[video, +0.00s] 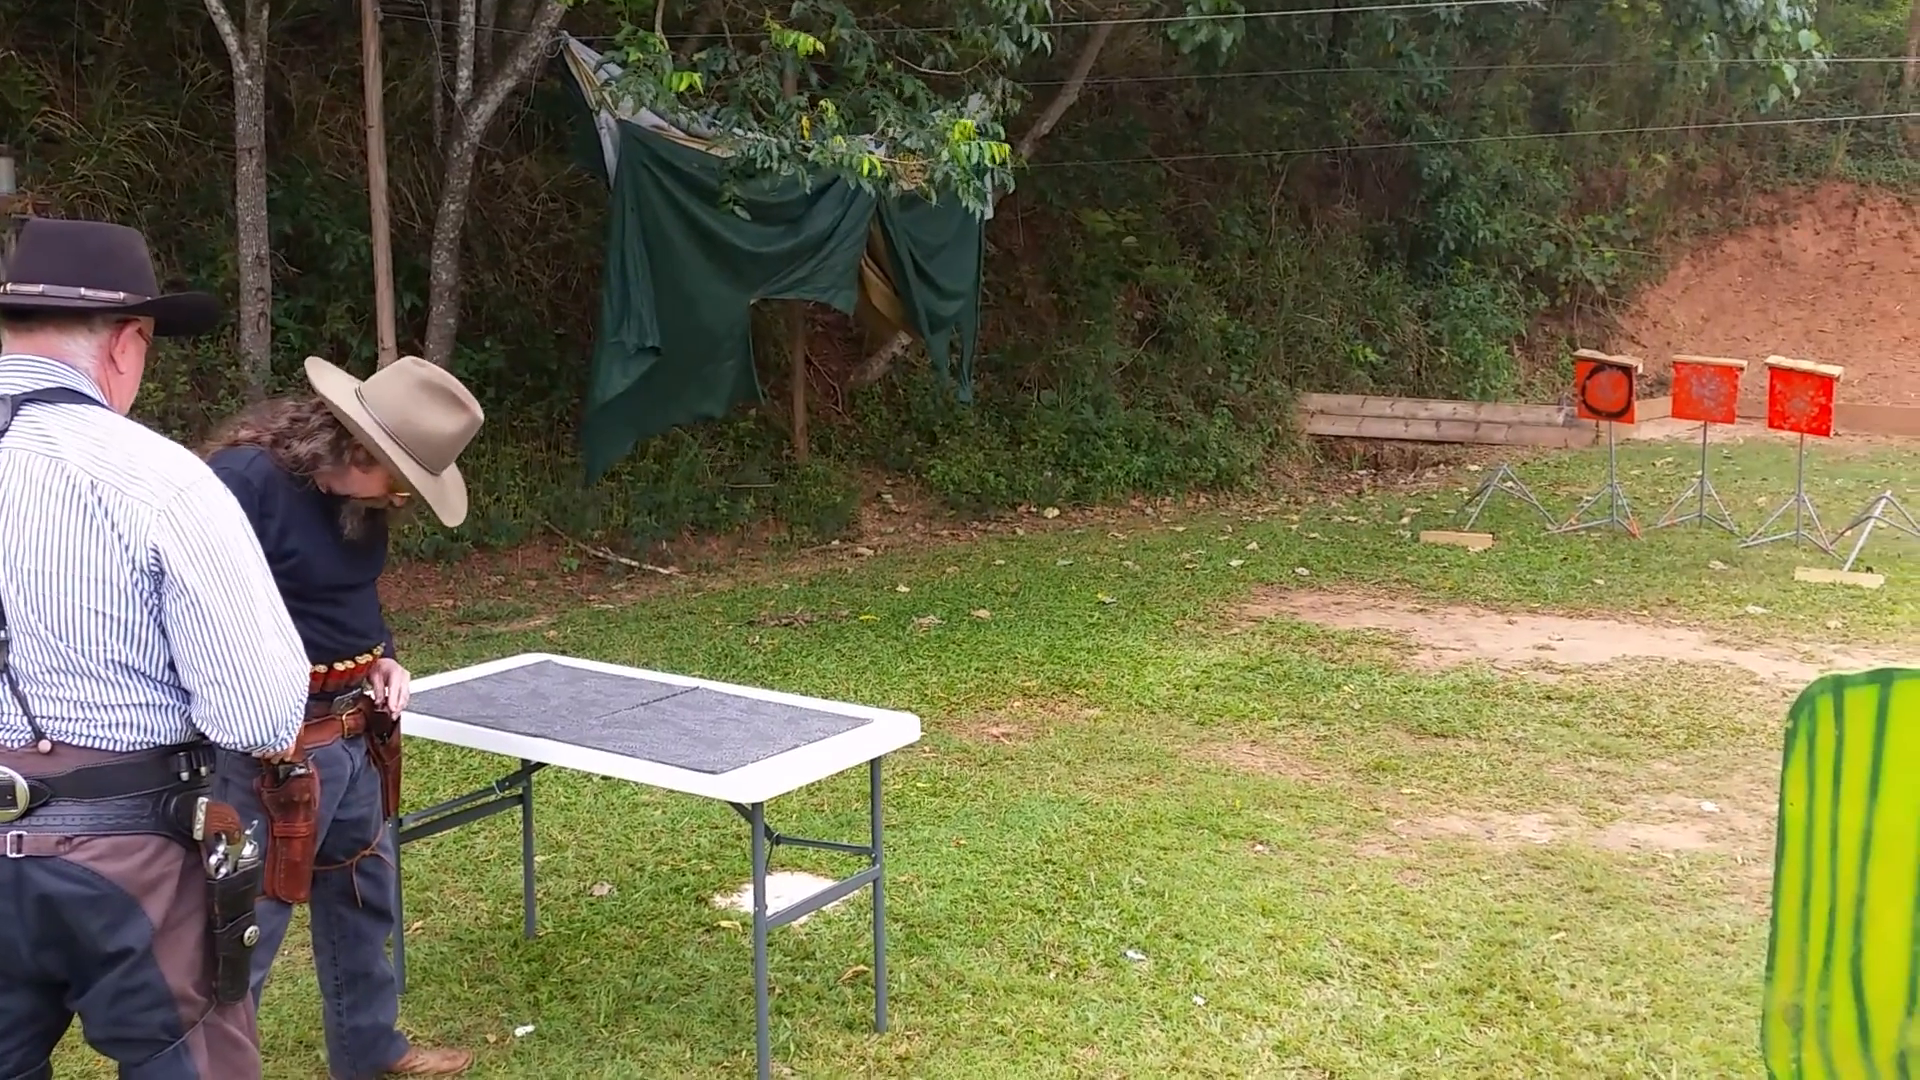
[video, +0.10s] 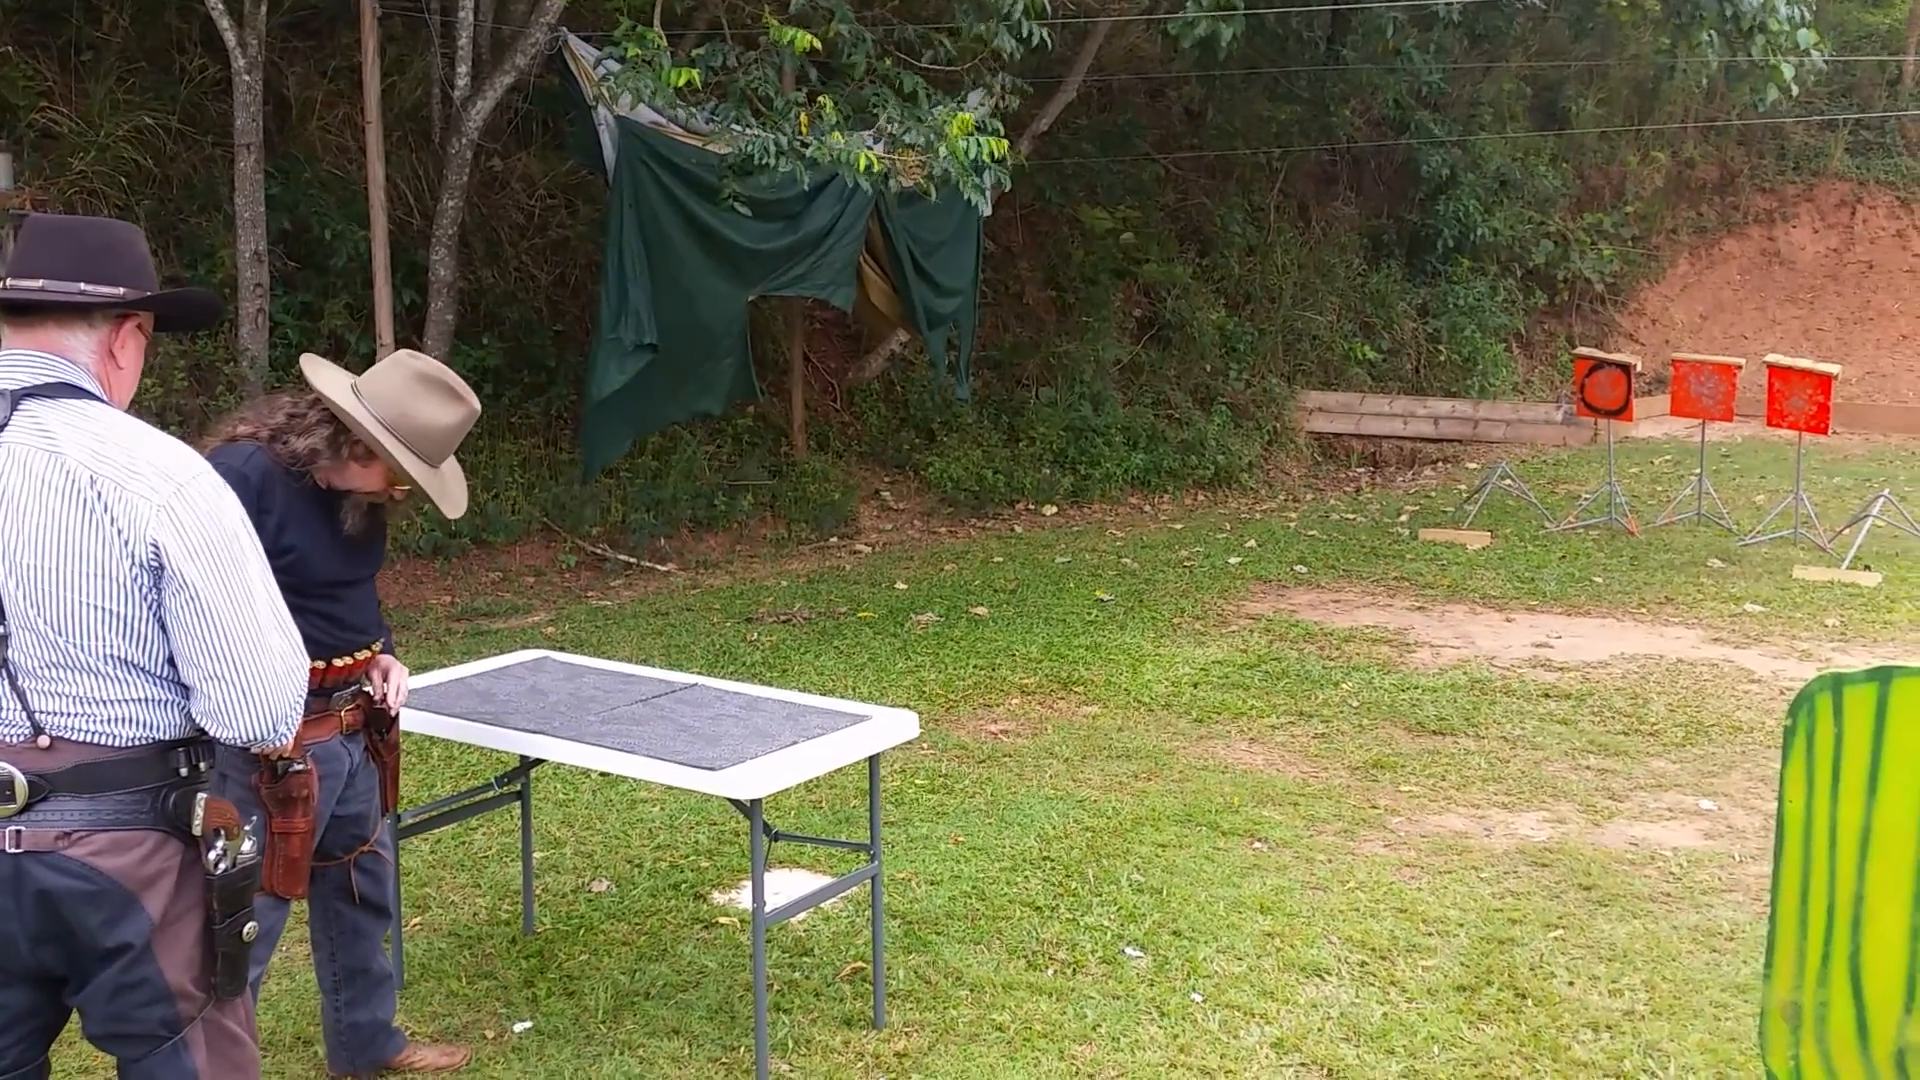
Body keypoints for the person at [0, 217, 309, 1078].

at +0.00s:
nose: (142, 370)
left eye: (147, 347)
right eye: (146, 347)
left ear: (9, 333)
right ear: (120, 346)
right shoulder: (153, 474)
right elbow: (263, 714)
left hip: (1, 825)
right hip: (118, 838)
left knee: (11, 1059)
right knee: (195, 1059)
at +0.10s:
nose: (142, 367)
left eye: (147, 344)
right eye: (145, 344)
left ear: (11, 328)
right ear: (120, 342)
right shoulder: (152, 469)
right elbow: (263, 707)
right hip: (118, 831)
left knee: (13, 1057)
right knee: (194, 1059)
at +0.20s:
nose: (139, 359)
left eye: (143, 336)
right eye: (142, 336)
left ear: (9, 322)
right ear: (116, 335)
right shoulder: (151, 464)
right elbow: (262, 704)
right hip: (114, 830)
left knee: (10, 1059)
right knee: (189, 1061)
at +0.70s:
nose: (138, 327)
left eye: (138, 306)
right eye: (138, 305)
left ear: (1, 294)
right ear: (110, 303)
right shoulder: (144, 425)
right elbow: (311, 635)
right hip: (116, 786)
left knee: (6, 1040)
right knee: (191, 1048)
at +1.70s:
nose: (96, 299)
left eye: (97, 276)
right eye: (97, 276)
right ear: (80, 284)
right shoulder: (128, 417)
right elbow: (301, 559)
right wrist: (285, 482)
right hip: (90, 771)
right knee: (158, 1040)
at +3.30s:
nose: (20, 271)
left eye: (16, 262)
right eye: (18, 261)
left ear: (8, 266)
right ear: (12, 265)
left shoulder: (49, 390)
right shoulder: (46, 391)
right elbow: (172, 607)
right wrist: (197, 521)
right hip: (33, 754)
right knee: (113, 1028)